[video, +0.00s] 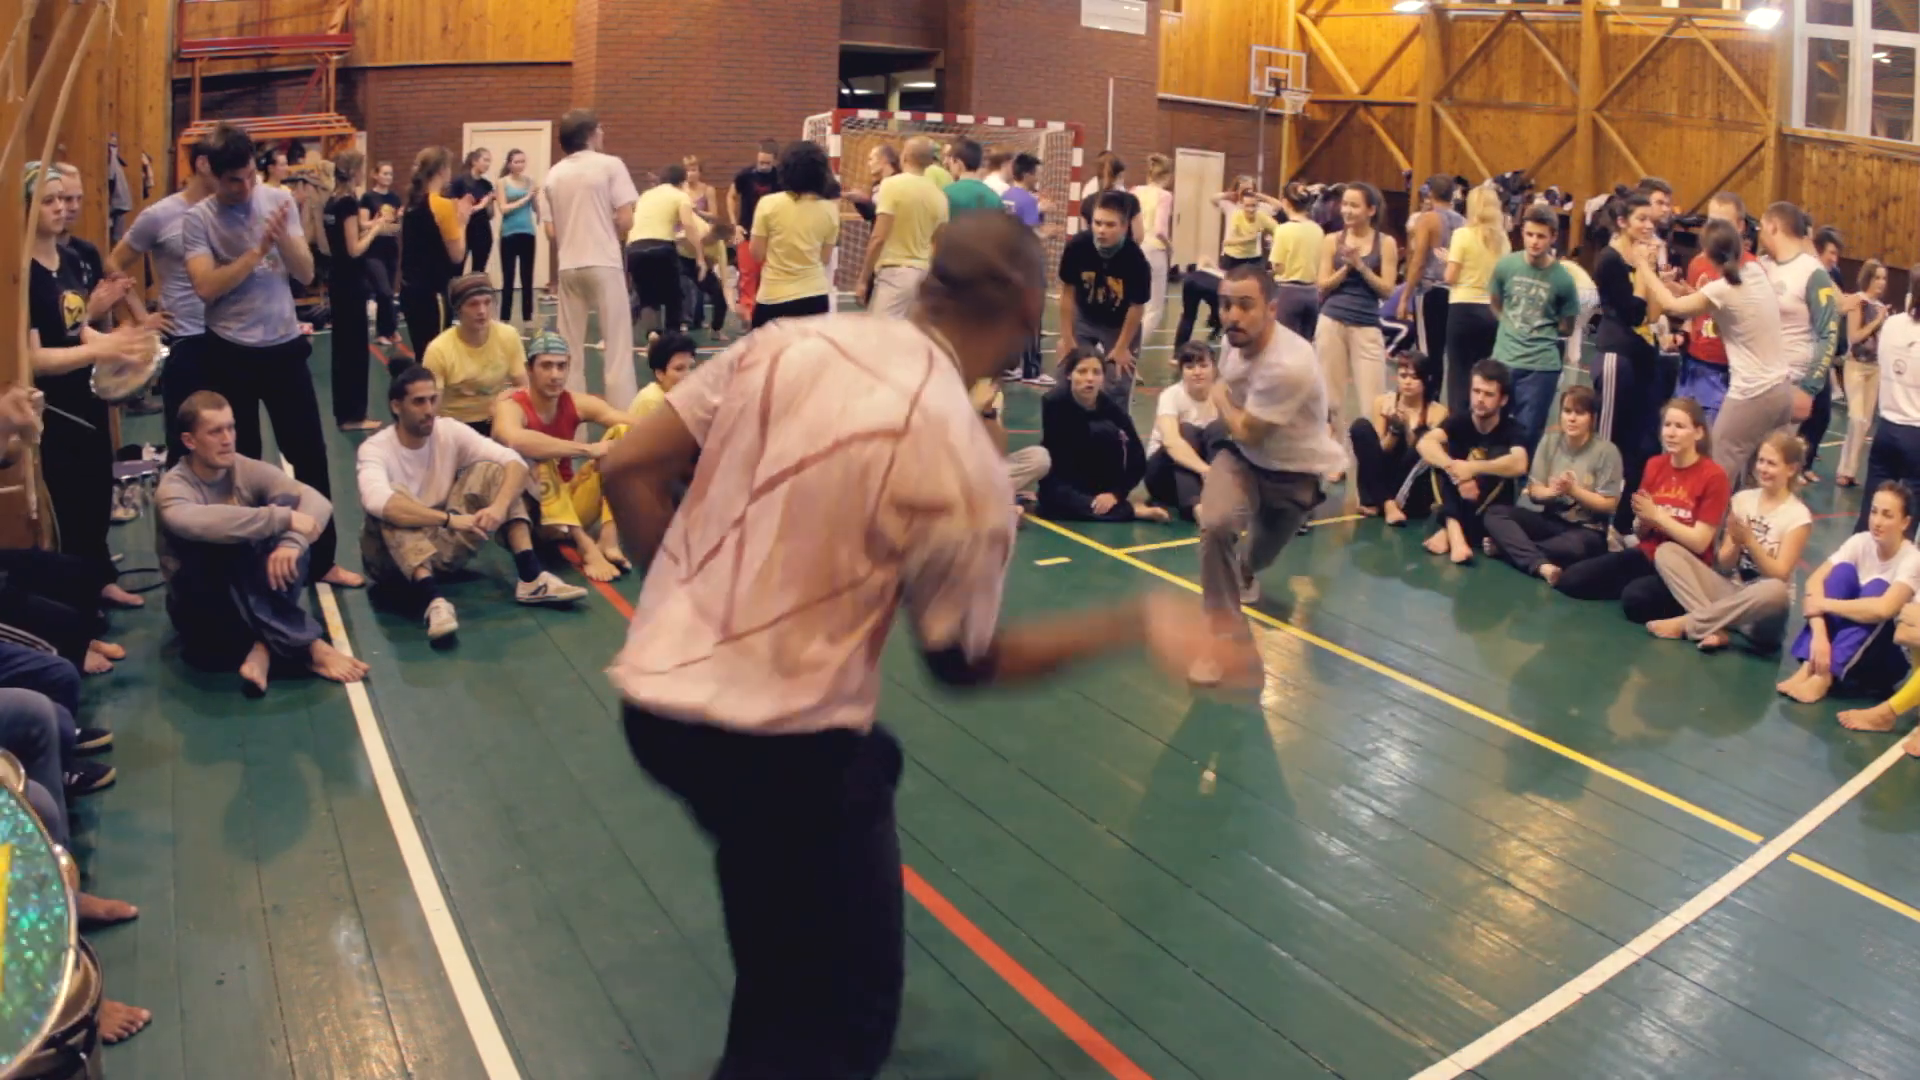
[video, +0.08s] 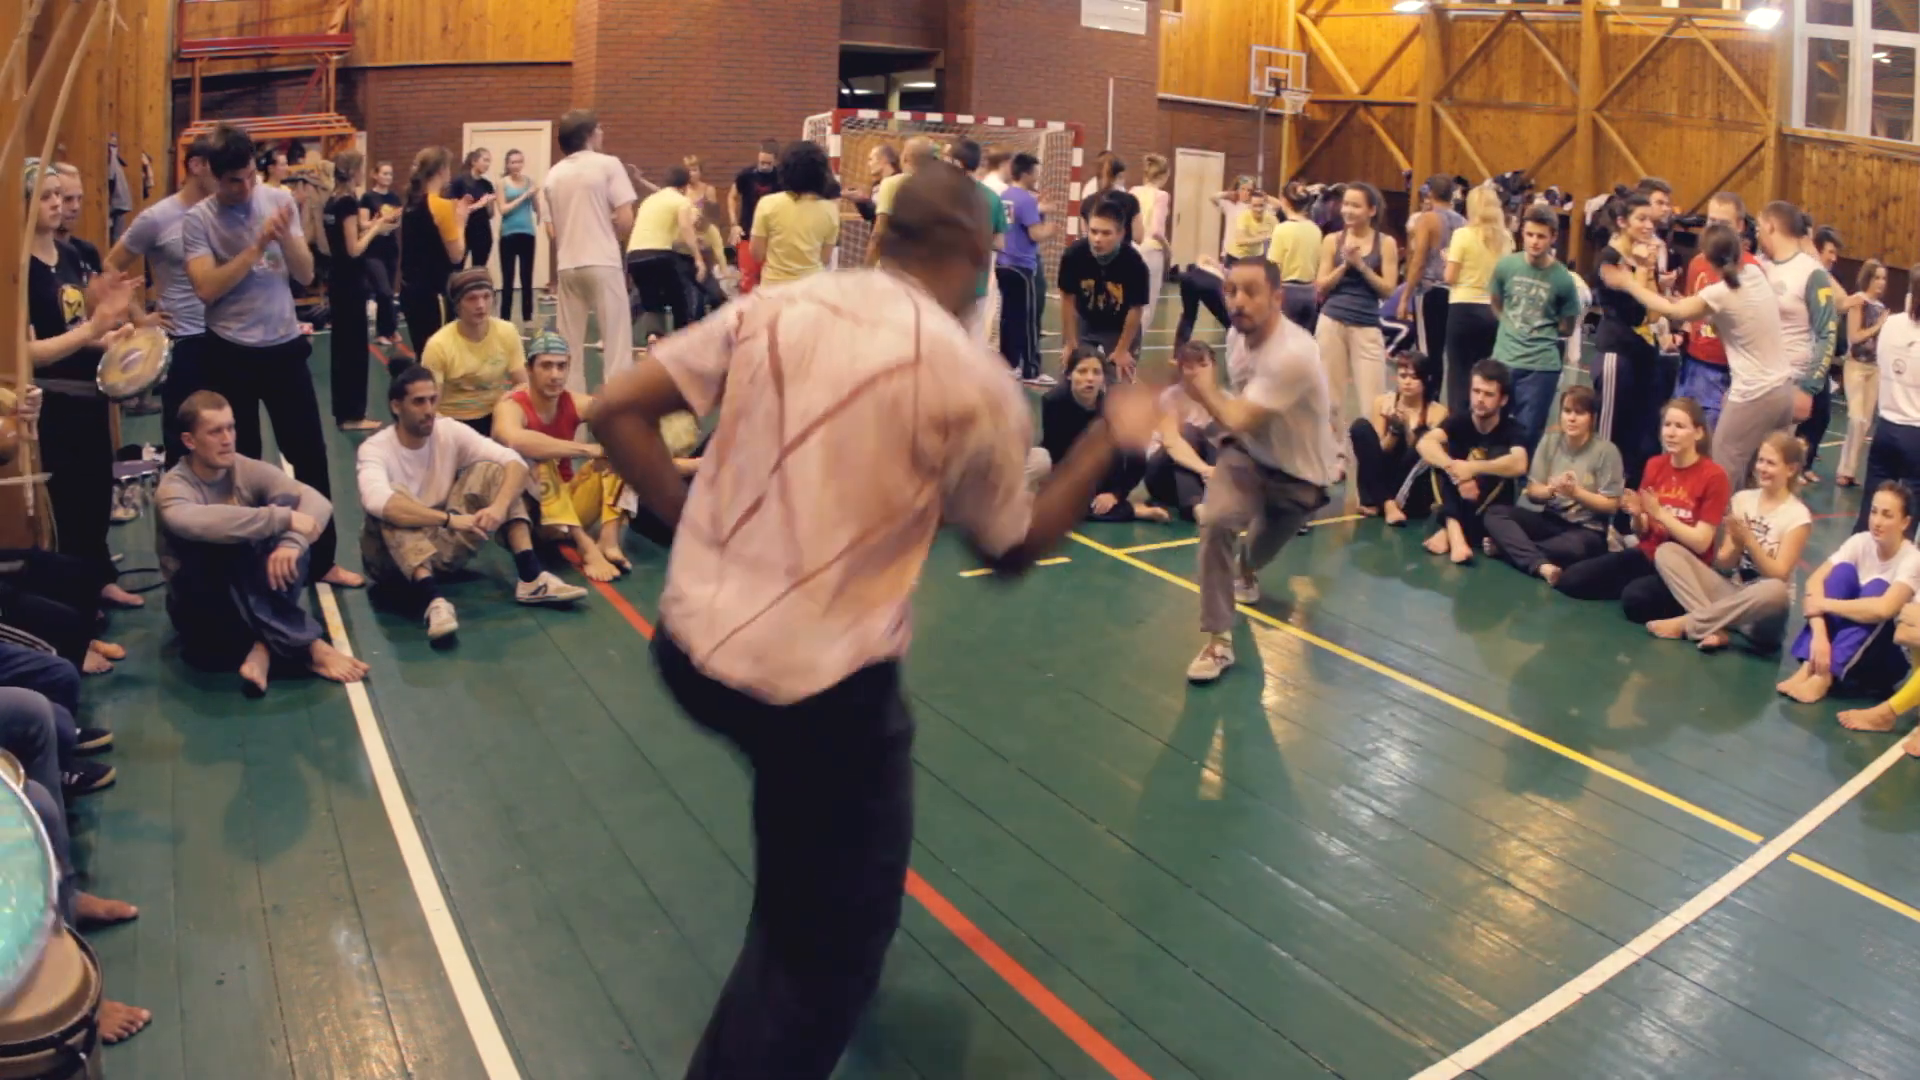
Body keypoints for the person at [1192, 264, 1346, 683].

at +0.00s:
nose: (1233, 317)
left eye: (1245, 306)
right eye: (1226, 306)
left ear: (1270, 308)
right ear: (1219, 308)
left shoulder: (1290, 364)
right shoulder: (1234, 344)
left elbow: (1248, 433)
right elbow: (1227, 394)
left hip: (1293, 474)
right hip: (1240, 453)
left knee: (1261, 553)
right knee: (1217, 526)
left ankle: (1244, 571)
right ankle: (1222, 637)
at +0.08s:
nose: (1238, 302)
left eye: (1250, 292)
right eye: (1232, 291)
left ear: (1277, 296)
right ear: (1226, 294)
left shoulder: (1296, 353)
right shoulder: (1239, 338)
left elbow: (1241, 420)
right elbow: (1244, 401)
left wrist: (1204, 389)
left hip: (1299, 480)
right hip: (1246, 455)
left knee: (1260, 550)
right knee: (1216, 522)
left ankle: (1245, 570)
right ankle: (1218, 639)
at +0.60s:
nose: (1235, 344)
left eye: (1243, 331)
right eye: (1231, 334)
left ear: (1279, 322)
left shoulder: (1296, 359)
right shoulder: (1288, 358)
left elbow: (1250, 441)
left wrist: (1226, 468)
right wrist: (1281, 462)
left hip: (1403, 483)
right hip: (1342, 481)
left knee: (1401, 585)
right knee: (1266, 543)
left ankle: (1431, 710)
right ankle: (1280, 635)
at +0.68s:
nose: (1288, 335)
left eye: (1298, 323)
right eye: (1282, 325)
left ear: (1333, 317)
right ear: (1280, 329)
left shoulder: (1365, 350)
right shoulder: (1307, 361)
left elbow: (1288, 409)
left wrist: (1258, 380)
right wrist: (1268, 386)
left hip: (1407, 501)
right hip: (1336, 493)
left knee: (1429, 594)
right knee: (1255, 579)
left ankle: (1416, 715)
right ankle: (1267, 615)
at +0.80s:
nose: (1377, 349)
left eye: (1393, 341)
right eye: (1374, 334)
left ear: (1422, 345)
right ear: (1366, 326)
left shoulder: (1445, 384)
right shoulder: (1338, 361)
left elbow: (1412, 453)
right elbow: (1291, 406)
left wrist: (1351, 398)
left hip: (1399, 510)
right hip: (1331, 499)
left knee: (1433, 599)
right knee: (1335, 600)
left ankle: (1417, 720)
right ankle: (1269, 638)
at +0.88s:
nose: (1418, 371)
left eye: (1436, 367)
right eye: (1417, 354)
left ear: (1458, 374)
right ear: (1408, 339)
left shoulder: (1463, 416)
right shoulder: (1352, 369)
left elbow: (1472, 503)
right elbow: (1262, 380)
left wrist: (1496, 507)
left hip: (1378, 505)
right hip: (1313, 495)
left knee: (1437, 583)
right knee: (1379, 601)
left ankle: (1426, 711)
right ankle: (1307, 726)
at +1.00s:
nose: (1458, 404)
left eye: (1475, 403)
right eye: (1459, 385)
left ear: (1479, 411)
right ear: (1439, 362)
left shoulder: (1451, 430)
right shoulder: (1379, 389)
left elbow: (1441, 486)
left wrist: (1477, 545)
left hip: (1334, 516)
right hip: (1298, 520)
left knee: (1394, 562)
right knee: (1388, 631)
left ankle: (1453, 663)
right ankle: (1339, 761)